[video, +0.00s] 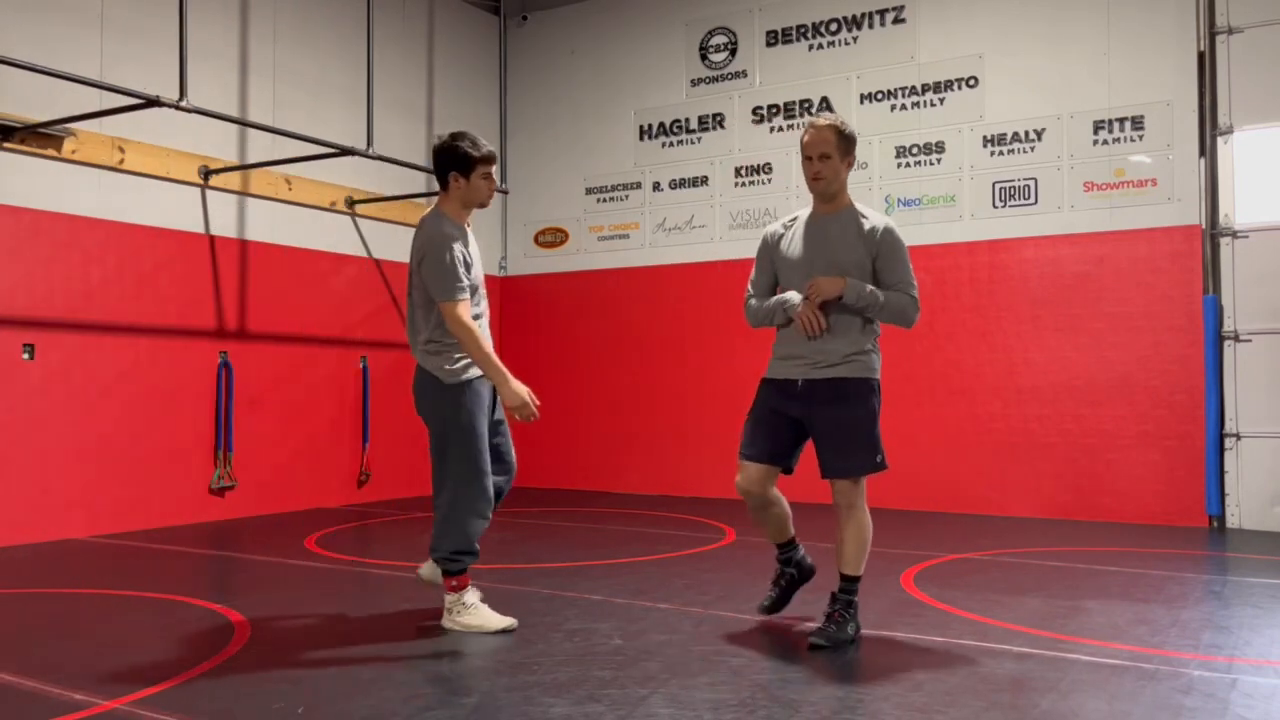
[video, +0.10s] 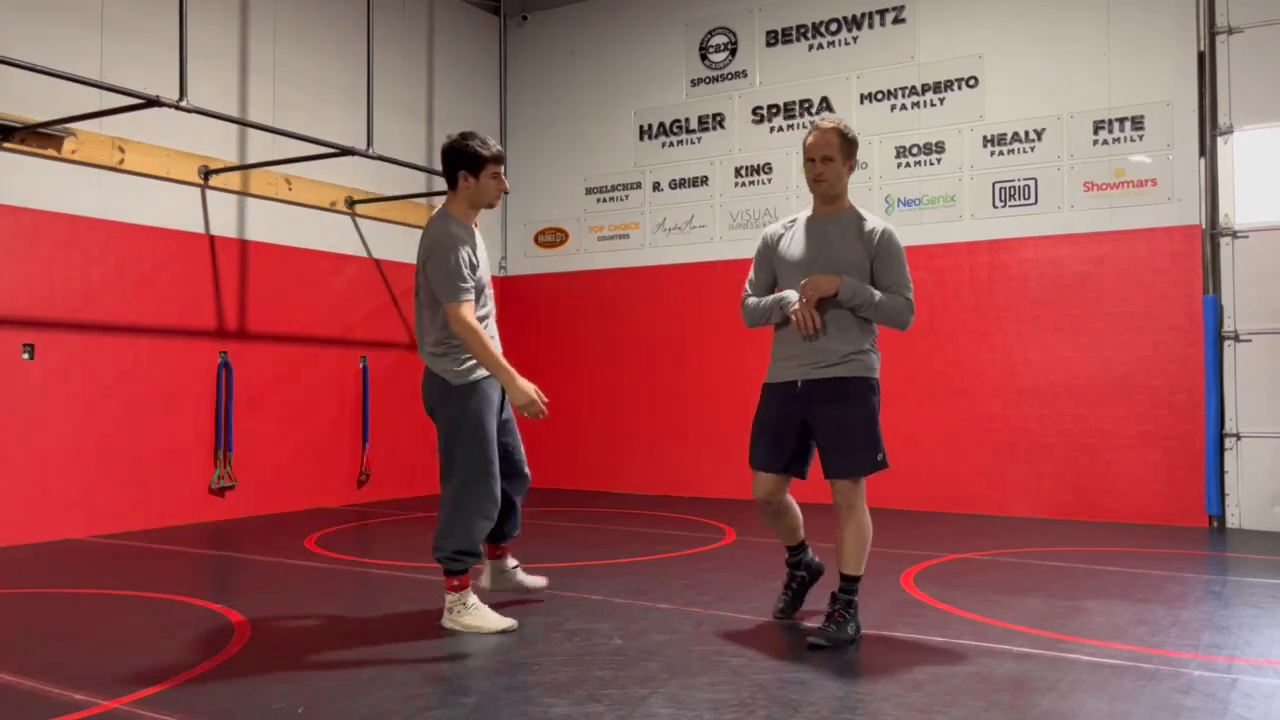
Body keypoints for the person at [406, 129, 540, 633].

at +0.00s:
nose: (496, 184)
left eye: (495, 175)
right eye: (488, 176)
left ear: (458, 182)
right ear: (456, 180)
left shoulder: (456, 228)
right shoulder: (443, 238)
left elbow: (457, 315)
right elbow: (458, 321)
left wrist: (480, 370)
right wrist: (506, 383)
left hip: (472, 376)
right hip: (453, 380)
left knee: (499, 471)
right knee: (464, 481)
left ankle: (445, 557)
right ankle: (458, 596)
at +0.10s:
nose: (504, 184)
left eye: (504, 174)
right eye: (496, 175)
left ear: (469, 181)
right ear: (464, 180)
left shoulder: (466, 229)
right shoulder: (448, 238)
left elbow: (468, 317)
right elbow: (461, 322)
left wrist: (493, 374)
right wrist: (513, 382)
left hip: (484, 377)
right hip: (460, 381)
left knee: (511, 475)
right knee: (471, 484)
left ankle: (498, 566)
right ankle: (457, 599)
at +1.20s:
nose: (568, 192)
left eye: (568, 185)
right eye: (561, 184)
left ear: (543, 189)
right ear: (533, 186)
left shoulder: (537, 245)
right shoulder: (503, 240)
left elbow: (533, 315)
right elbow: (489, 308)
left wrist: (546, 369)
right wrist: (516, 374)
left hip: (545, 380)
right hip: (516, 382)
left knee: (549, 486)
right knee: (518, 488)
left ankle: (513, 583)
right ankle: (466, 594)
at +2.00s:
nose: (591, 197)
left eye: (591, 189)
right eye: (584, 188)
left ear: (562, 191)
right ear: (554, 188)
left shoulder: (554, 246)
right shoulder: (515, 242)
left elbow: (542, 324)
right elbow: (492, 313)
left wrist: (558, 376)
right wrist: (520, 379)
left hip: (544, 385)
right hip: (506, 387)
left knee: (574, 482)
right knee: (524, 495)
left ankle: (545, 569)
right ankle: (496, 608)